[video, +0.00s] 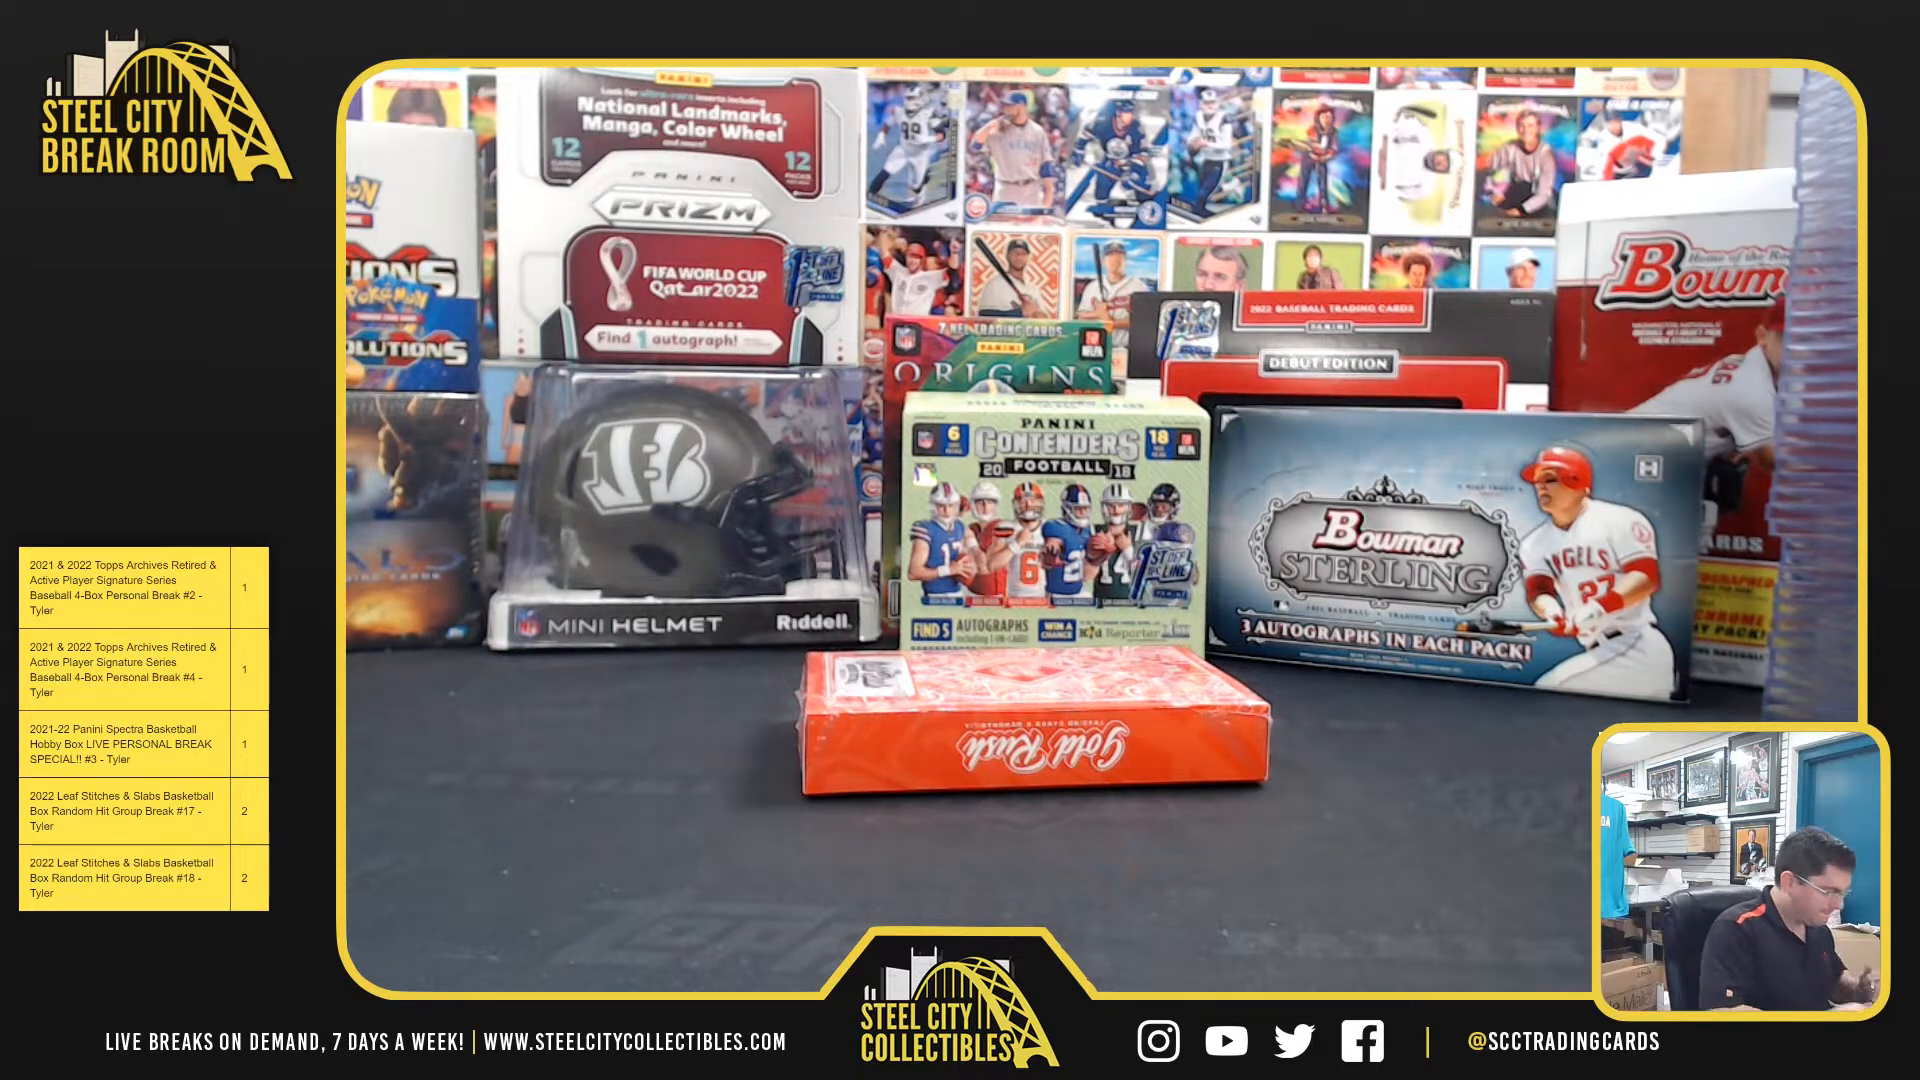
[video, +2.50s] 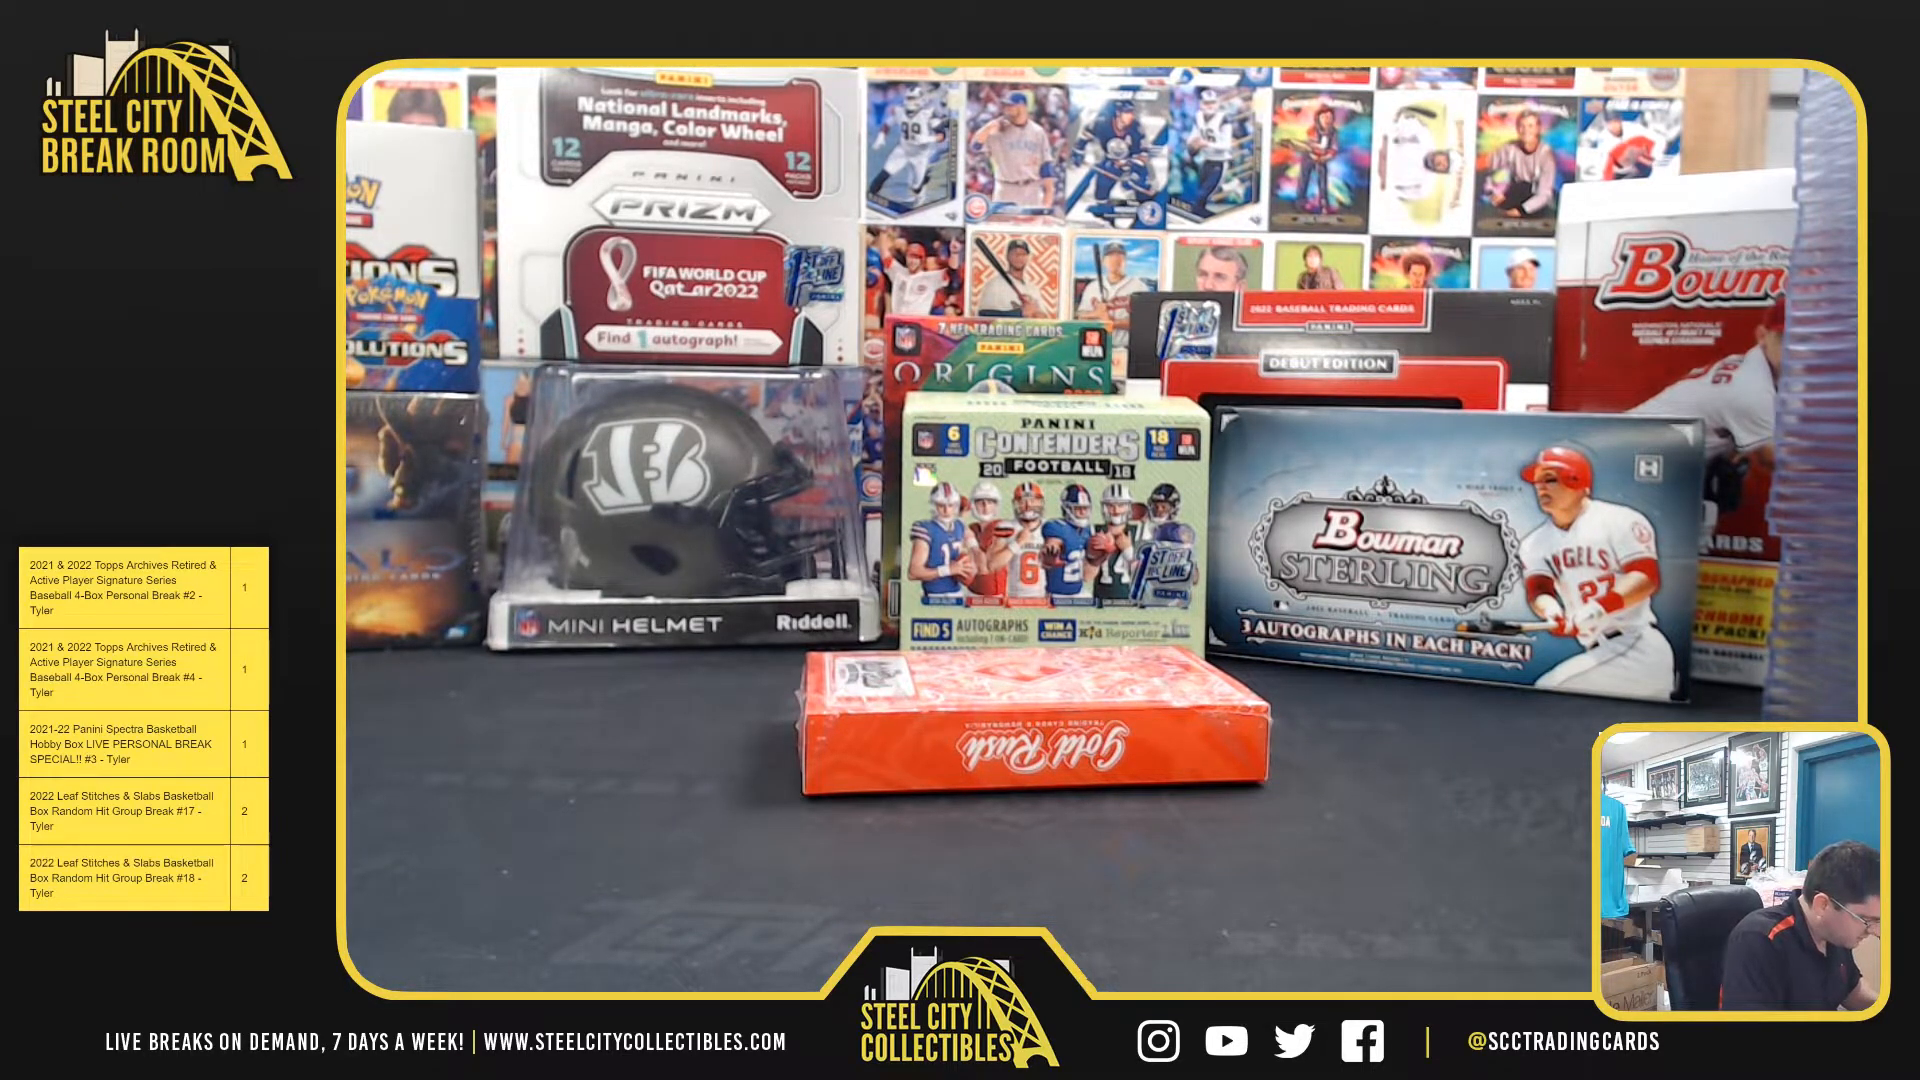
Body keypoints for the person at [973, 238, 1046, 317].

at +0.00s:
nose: (1019, 257)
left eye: (1023, 254)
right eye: (1016, 253)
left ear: (1028, 258)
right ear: (1008, 256)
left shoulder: (1033, 289)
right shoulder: (995, 284)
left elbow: (1045, 317)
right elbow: (986, 315)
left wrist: (1033, 310)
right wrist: (1020, 312)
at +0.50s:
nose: (1019, 257)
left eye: (1023, 254)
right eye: (1016, 253)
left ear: (1028, 258)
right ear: (1008, 256)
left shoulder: (1033, 289)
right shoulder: (995, 284)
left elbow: (1045, 317)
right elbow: (985, 315)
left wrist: (1033, 310)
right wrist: (1020, 313)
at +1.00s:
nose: (1019, 258)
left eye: (1023, 254)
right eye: (1015, 254)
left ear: (1028, 258)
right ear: (1008, 256)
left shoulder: (1032, 288)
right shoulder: (995, 284)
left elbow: (1045, 317)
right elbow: (985, 314)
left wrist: (1034, 310)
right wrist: (1020, 313)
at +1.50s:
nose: (1019, 258)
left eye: (1023, 254)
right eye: (1015, 254)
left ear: (1028, 258)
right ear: (1008, 256)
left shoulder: (1032, 288)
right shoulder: (995, 284)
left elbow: (1045, 317)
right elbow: (985, 314)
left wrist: (1034, 310)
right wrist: (1020, 313)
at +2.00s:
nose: (1019, 258)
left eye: (1023, 254)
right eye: (1015, 254)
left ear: (1028, 258)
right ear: (1008, 256)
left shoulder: (1032, 288)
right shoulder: (995, 284)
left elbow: (1045, 317)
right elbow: (985, 314)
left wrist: (1034, 310)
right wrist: (1020, 313)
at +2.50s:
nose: (1019, 257)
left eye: (1023, 254)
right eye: (1015, 254)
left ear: (1028, 258)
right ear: (1008, 256)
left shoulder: (1033, 288)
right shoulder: (995, 285)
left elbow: (1044, 317)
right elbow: (985, 315)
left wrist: (1033, 310)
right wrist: (1020, 313)